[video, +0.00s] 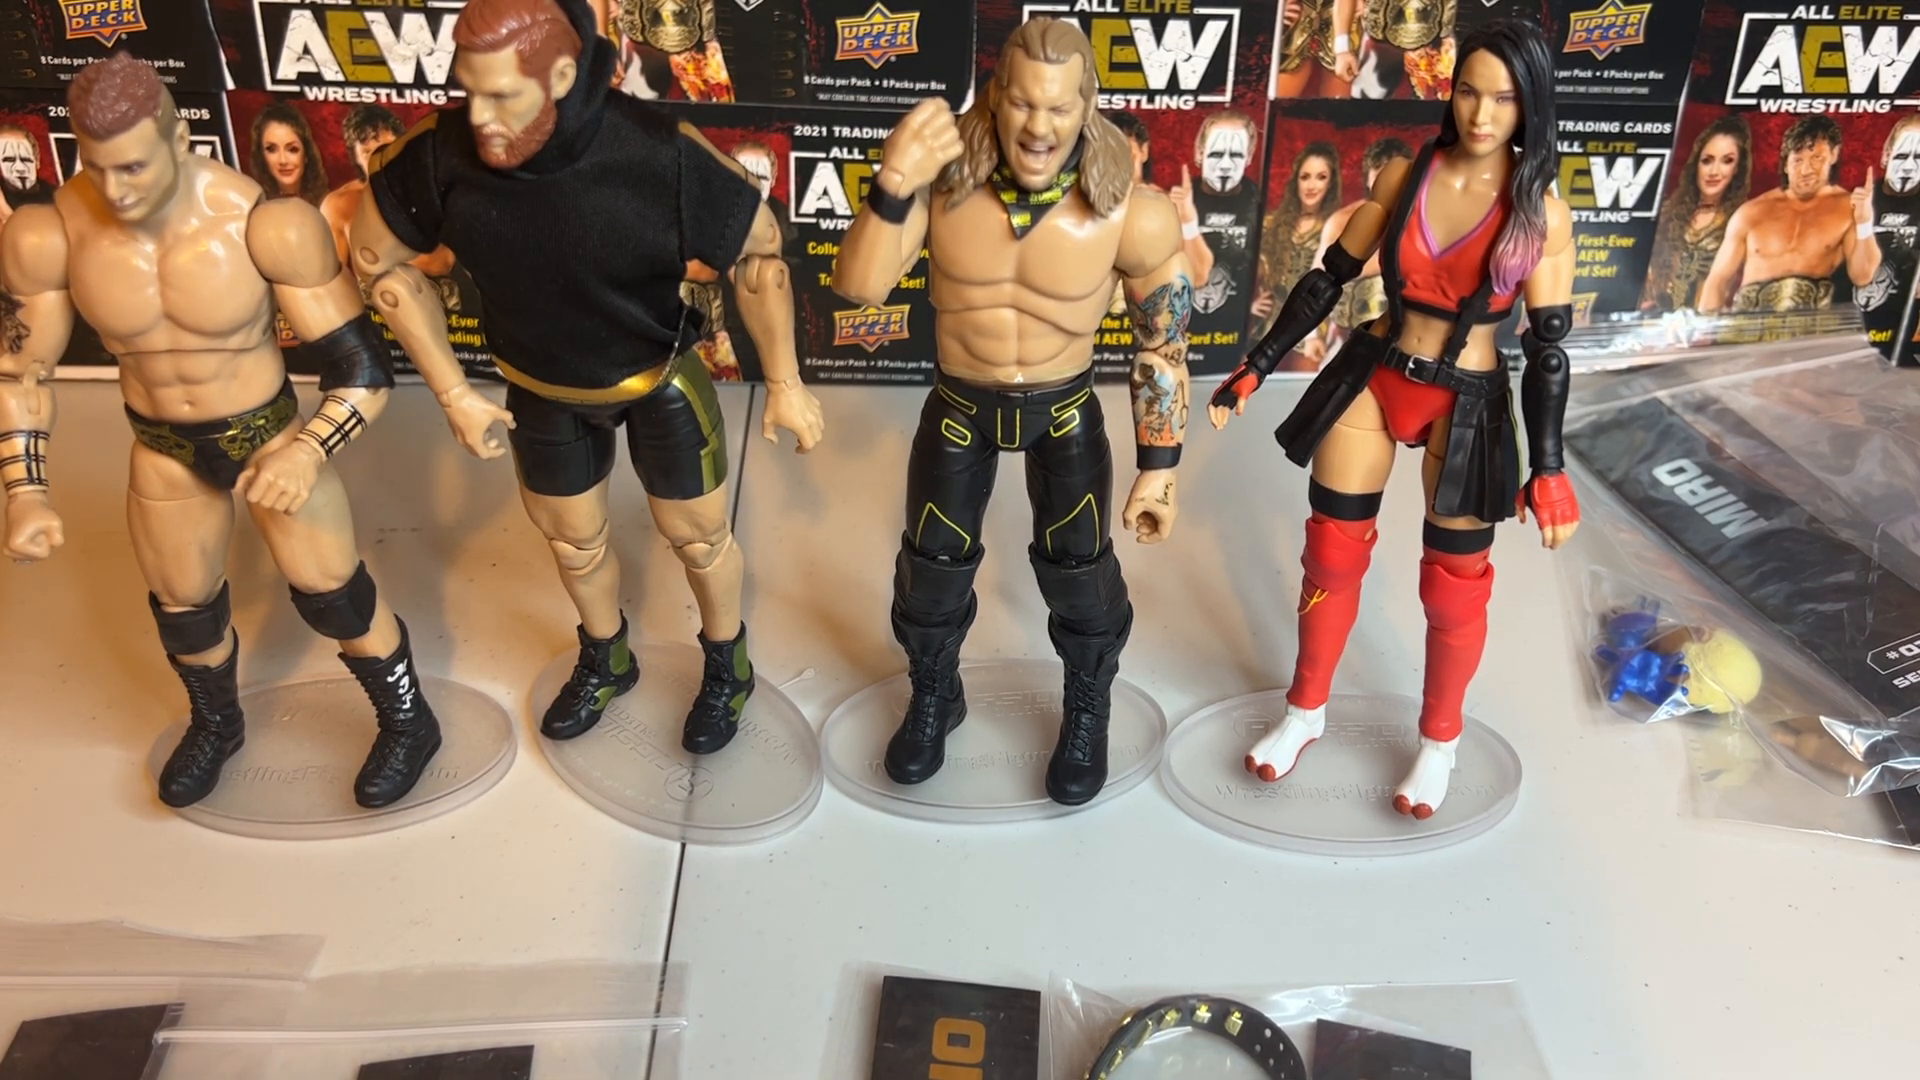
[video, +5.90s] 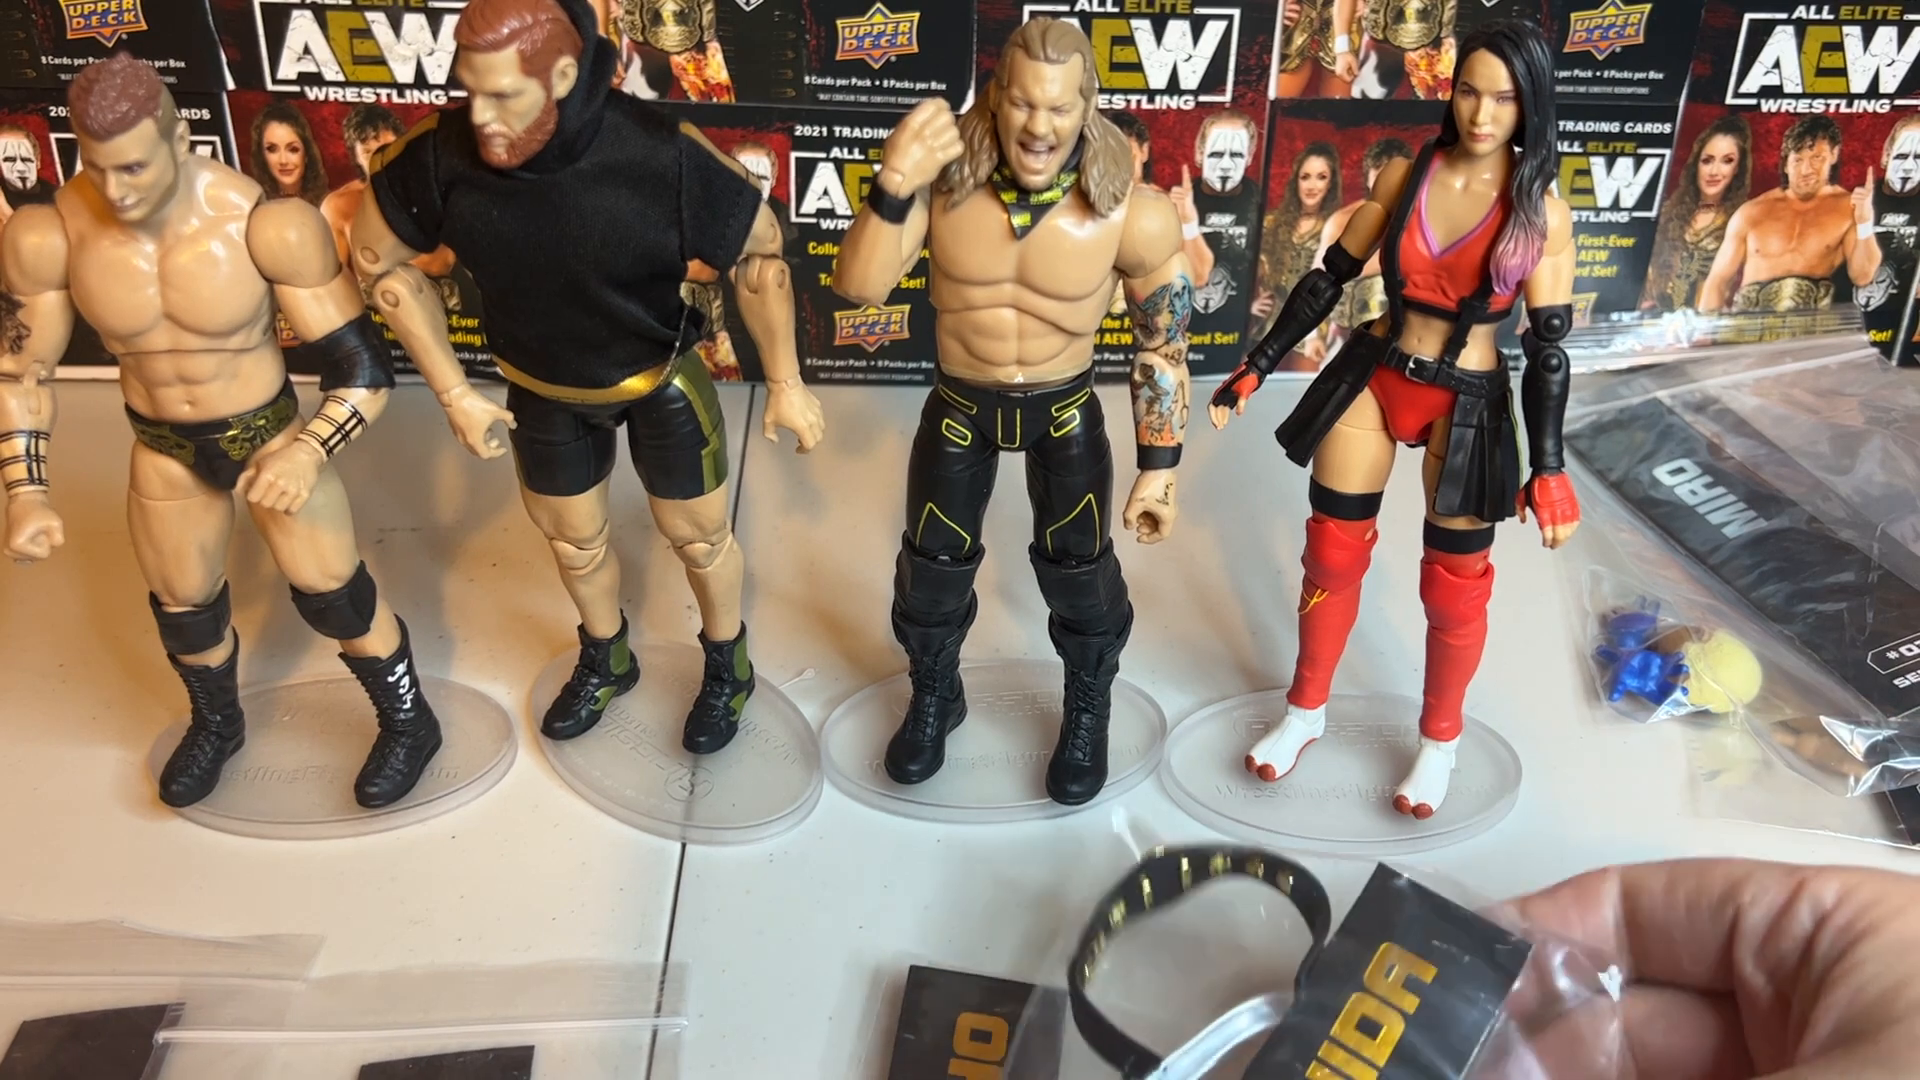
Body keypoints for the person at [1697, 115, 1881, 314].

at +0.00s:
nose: (1806, 169)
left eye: (1817, 158)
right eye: (1797, 160)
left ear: (1834, 156)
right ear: (1785, 163)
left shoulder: (1847, 206)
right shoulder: (1750, 212)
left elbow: (1861, 277)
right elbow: (1718, 281)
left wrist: (1864, 223)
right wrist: (1704, 335)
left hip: (1810, 315)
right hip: (1748, 312)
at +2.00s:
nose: (1806, 170)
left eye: (1817, 158)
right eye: (1797, 160)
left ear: (1834, 156)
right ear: (1785, 163)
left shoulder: (1848, 207)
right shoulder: (1750, 213)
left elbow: (1862, 277)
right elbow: (1718, 282)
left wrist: (1864, 224)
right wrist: (1704, 336)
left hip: (1810, 316)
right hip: (1749, 314)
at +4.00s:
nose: (1806, 169)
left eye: (1817, 158)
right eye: (1798, 160)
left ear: (1834, 156)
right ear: (1785, 163)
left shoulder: (1848, 207)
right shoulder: (1751, 212)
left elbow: (1862, 277)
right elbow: (1718, 281)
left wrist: (1864, 223)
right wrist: (1704, 335)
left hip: (1810, 315)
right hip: (1749, 312)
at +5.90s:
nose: (1806, 169)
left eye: (1816, 158)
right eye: (1797, 160)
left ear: (1834, 156)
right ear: (1785, 163)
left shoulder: (1848, 206)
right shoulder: (1750, 212)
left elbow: (1862, 277)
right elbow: (1718, 281)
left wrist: (1864, 222)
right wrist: (1703, 335)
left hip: (1810, 315)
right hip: (1749, 312)